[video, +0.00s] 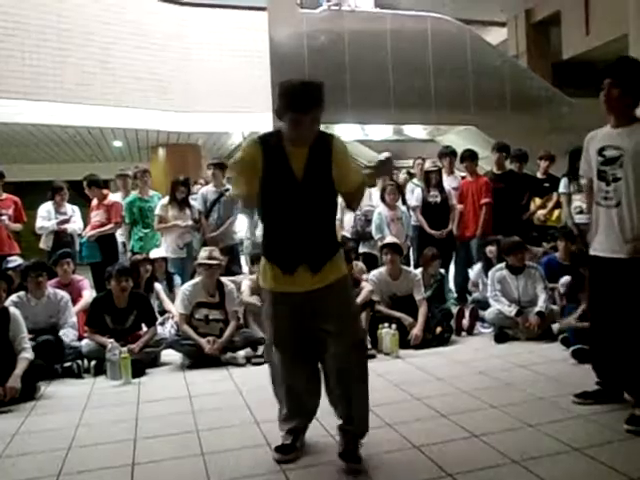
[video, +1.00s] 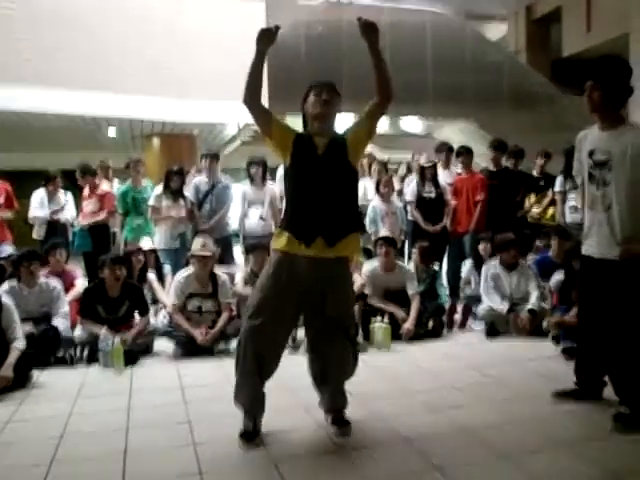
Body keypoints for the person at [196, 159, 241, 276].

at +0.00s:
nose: (213, 173)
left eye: (216, 170)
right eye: (211, 170)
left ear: (224, 173)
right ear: (209, 173)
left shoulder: (232, 191)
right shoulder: (203, 192)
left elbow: (235, 216)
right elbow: (202, 215)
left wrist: (218, 234)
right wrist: (208, 235)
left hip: (229, 241)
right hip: (210, 241)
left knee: (233, 275)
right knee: (210, 274)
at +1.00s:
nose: (208, 165)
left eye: (211, 162)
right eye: (205, 161)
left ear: (217, 164)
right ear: (201, 163)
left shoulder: (225, 185)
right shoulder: (196, 184)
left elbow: (226, 208)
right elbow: (193, 206)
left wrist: (210, 225)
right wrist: (200, 224)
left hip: (221, 233)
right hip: (201, 233)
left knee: (227, 267)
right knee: (201, 266)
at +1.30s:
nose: (206, 143)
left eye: (210, 140)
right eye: (204, 139)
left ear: (215, 142)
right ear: (199, 142)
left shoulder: (224, 162)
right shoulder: (194, 162)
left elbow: (225, 186)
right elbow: (192, 183)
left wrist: (208, 203)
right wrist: (199, 202)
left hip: (219, 211)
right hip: (200, 211)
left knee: (226, 245)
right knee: (201, 245)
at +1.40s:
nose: (208, 143)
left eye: (211, 139)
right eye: (205, 139)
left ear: (216, 142)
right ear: (201, 142)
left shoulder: (225, 162)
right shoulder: (195, 162)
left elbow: (225, 187)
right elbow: (193, 183)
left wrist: (209, 203)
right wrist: (200, 202)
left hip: (220, 211)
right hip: (201, 210)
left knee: (227, 244)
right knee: (201, 244)